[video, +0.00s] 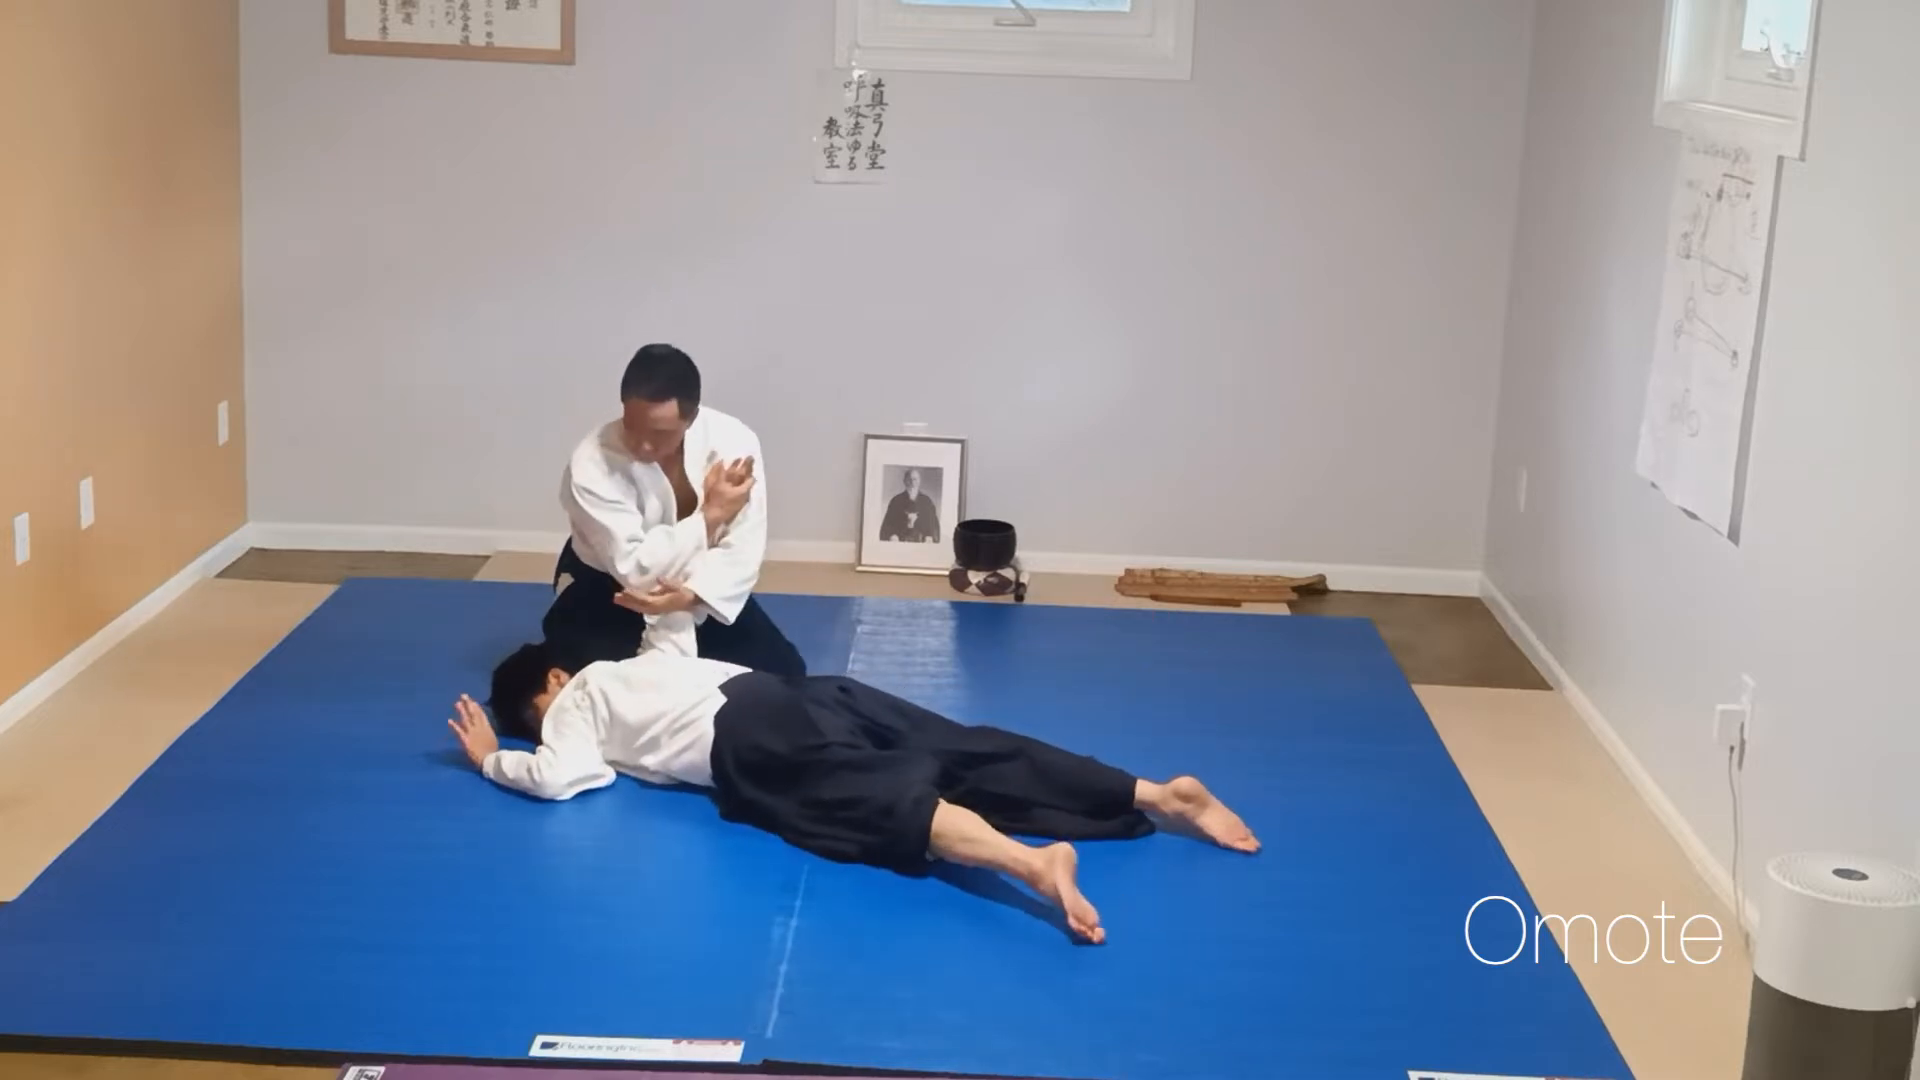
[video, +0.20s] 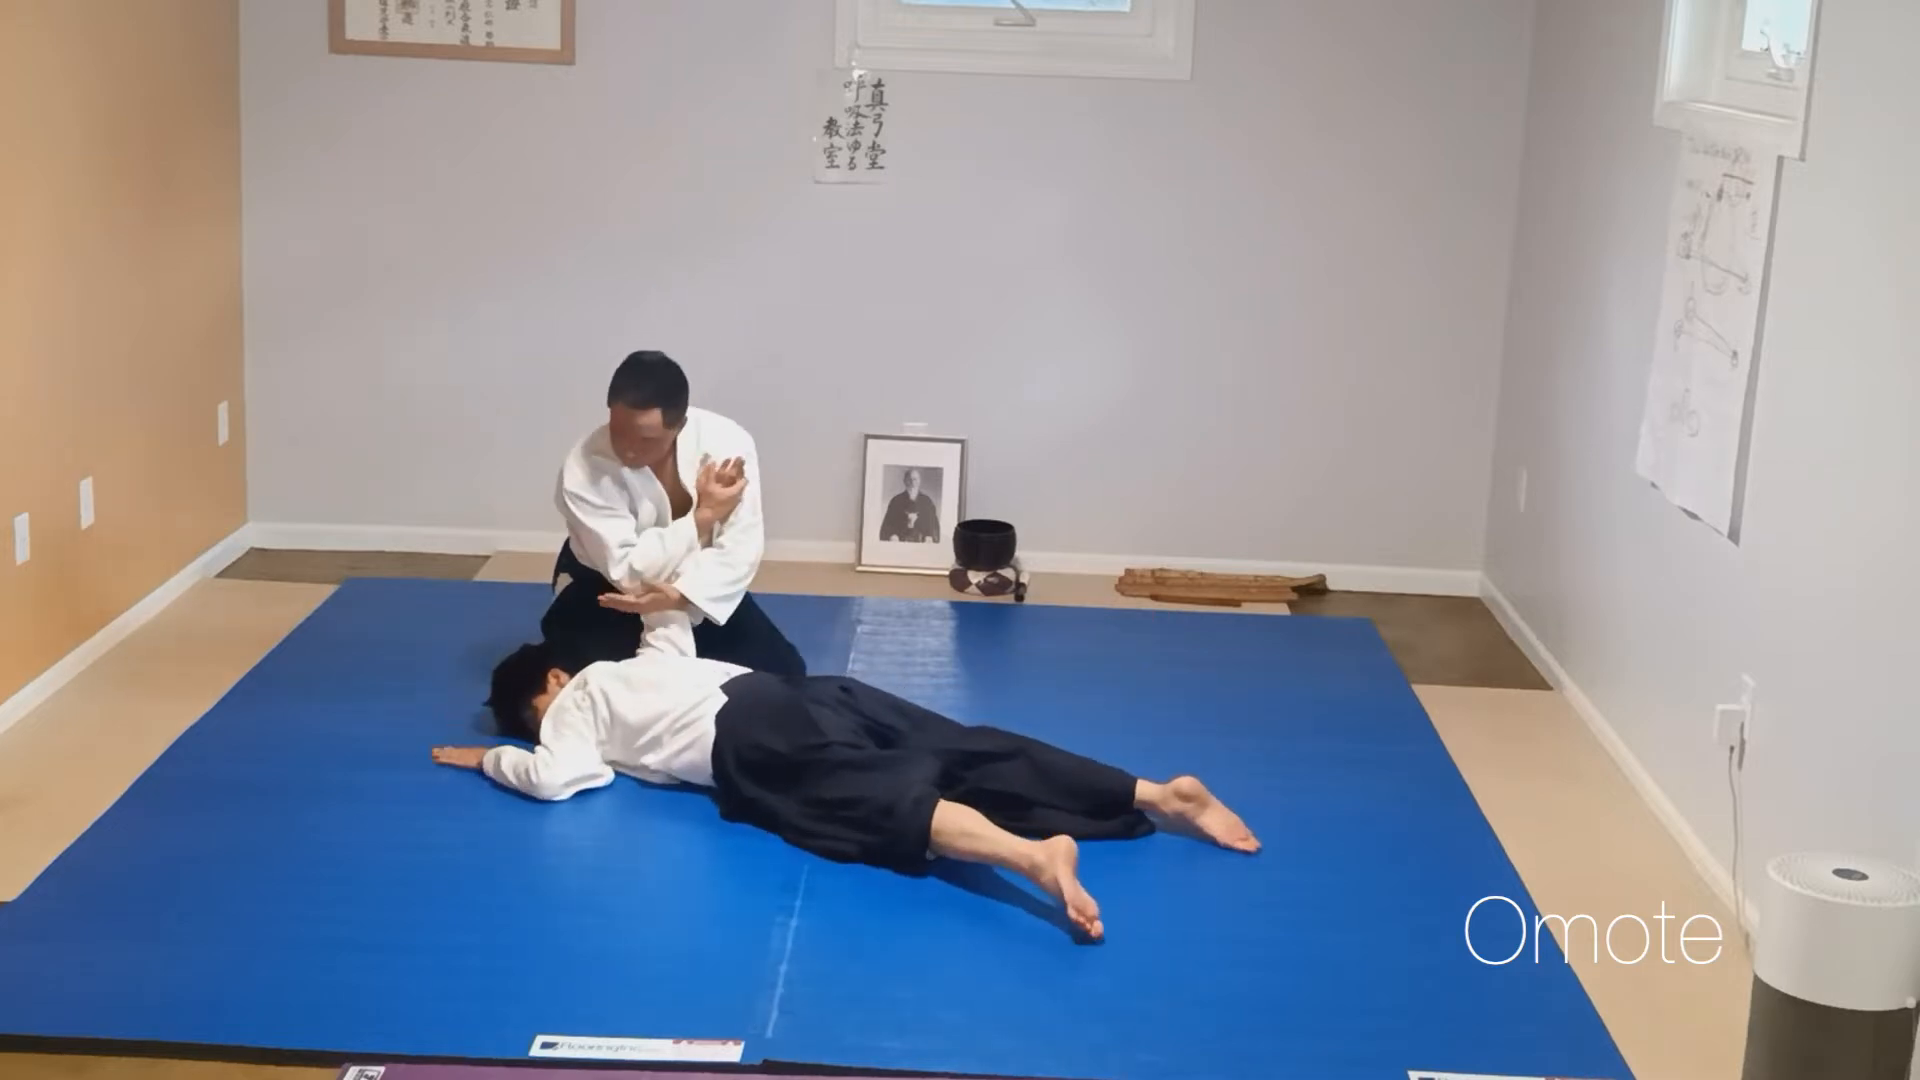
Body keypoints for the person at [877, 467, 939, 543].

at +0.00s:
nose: (912, 482)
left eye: (915, 479)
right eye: (909, 479)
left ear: (919, 481)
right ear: (905, 481)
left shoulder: (926, 501)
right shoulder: (896, 500)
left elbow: (933, 523)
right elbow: (887, 525)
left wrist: (931, 537)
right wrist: (892, 536)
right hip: (899, 543)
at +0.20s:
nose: (912, 482)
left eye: (915, 479)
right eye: (909, 480)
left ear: (919, 481)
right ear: (905, 482)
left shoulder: (926, 501)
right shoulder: (896, 501)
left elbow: (933, 523)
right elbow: (887, 525)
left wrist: (931, 537)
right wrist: (892, 536)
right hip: (899, 544)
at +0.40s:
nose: (912, 482)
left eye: (915, 479)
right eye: (909, 479)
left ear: (919, 481)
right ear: (905, 481)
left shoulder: (926, 501)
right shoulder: (897, 500)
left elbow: (933, 523)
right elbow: (887, 525)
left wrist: (931, 537)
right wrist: (892, 536)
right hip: (899, 543)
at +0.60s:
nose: (912, 482)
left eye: (915, 479)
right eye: (909, 479)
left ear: (919, 481)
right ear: (905, 481)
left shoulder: (926, 501)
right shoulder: (896, 501)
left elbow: (933, 523)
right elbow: (887, 525)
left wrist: (931, 537)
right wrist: (892, 536)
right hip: (899, 543)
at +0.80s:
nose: (913, 482)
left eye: (915, 479)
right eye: (910, 479)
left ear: (919, 481)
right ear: (905, 481)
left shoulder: (926, 501)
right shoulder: (897, 500)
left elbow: (933, 523)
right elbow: (887, 525)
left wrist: (931, 537)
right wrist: (892, 536)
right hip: (899, 543)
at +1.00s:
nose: (912, 482)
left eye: (915, 479)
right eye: (909, 479)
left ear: (919, 481)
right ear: (905, 481)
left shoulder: (926, 501)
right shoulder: (896, 501)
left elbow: (933, 523)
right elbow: (887, 525)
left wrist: (931, 537)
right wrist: (892, 536)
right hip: (899, 543)